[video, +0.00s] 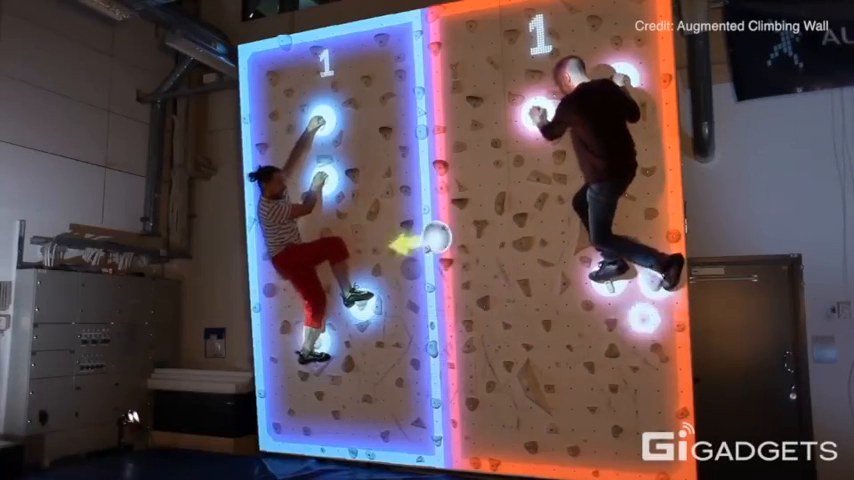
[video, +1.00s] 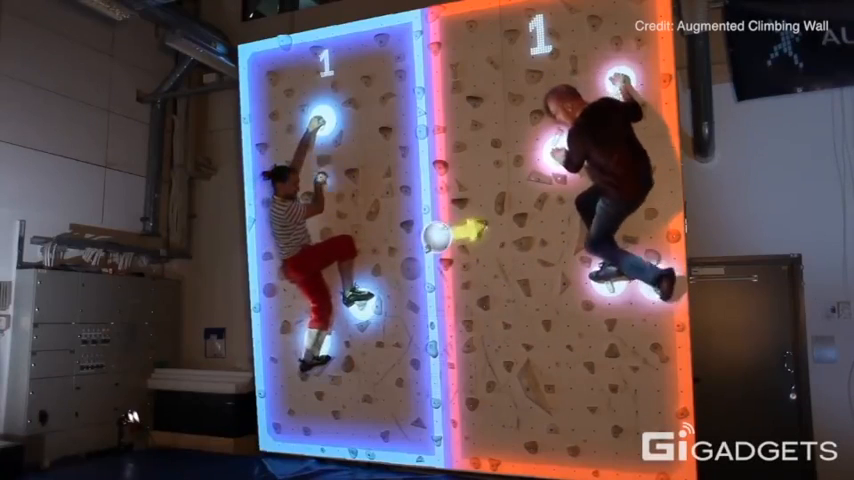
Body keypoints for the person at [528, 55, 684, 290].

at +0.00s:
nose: (559, 87)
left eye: (559, 81)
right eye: (558, 82)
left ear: (567, 78)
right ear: (583, 72)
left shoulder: (570, 103)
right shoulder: (607, 88)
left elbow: (551, 134)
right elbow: (634, 114)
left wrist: (540, 122)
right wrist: (623, 89)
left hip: (603, 177)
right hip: (626, 167)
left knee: (601, 238)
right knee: (580, 202)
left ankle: (665, 263)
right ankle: (612, 261)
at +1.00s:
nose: (557, 120)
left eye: (556, 114)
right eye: (554, 116)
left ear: (567, 107)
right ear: (577, 98)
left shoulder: (578, 133)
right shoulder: (607, 104)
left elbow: (574, 166)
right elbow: (636, 114)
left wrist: (561, 155)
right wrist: (629, 94)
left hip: (623, 192)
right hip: (641, 175)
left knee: (596, 243)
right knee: (584, 202)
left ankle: (659, 278)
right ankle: (613, 262)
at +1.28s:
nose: (564, 122)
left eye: (563, 116)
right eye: (561, 118)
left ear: (574, 109)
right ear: (584, 102)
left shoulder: (585, 136)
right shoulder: (614, 108)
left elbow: (578, 164)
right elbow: (639, 113)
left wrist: (564, 158)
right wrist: (628, 94)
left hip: (626, 196)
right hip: (648, 182)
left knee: (564, 202)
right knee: (583, 200)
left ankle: (596, 259)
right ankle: (611, 260)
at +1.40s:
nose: (568, 117)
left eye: (566, 112)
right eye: (565, 113)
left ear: (577, 106)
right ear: (588, 97)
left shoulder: (587, 132)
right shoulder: (620, 105)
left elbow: (578, 161)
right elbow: (640, 112)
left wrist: (563, 156)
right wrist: (630, 92)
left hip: (625, 194)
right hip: (647, 184)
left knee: (561, 187)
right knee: (582, 198)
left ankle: (570, 248)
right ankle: (613, 260)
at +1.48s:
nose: (568, 114)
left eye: (567, 108)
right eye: (565, 110)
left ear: (579, 103)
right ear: (590, 95)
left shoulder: (587, 130)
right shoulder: (620, 103)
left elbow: (576, 159)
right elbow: (640, 113)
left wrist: (563, 155)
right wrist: (630, 91)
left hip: (623, 193)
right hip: (645, 183)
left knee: (560, 185)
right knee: (581, 199)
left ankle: (573, 246)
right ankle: (612, 261)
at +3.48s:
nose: (578, 117)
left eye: (578, 112)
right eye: (576, 112)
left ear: (587, 111)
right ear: (604, 103)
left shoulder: (591, 141)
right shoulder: (630, 118)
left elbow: (577, 166)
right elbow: (630, 105)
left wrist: (564, 158)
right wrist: (626, 88)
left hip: (616, 209)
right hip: (639, 202)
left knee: (558, 186)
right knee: (574, 206)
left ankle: (526, 237)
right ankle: (610, 260)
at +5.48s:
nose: (560, 121)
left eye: (559, 115)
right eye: (557, 116)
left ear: (568, 109)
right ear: (578, 99)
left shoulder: (581, 133)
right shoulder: (611, 104)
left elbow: (558, 140)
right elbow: (641, 112)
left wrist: (543, 121)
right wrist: (629, 89)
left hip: (622, 192)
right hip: (643, 177)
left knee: (570, 222)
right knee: (582, 200)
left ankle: (544, 276)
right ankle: (613, 259)